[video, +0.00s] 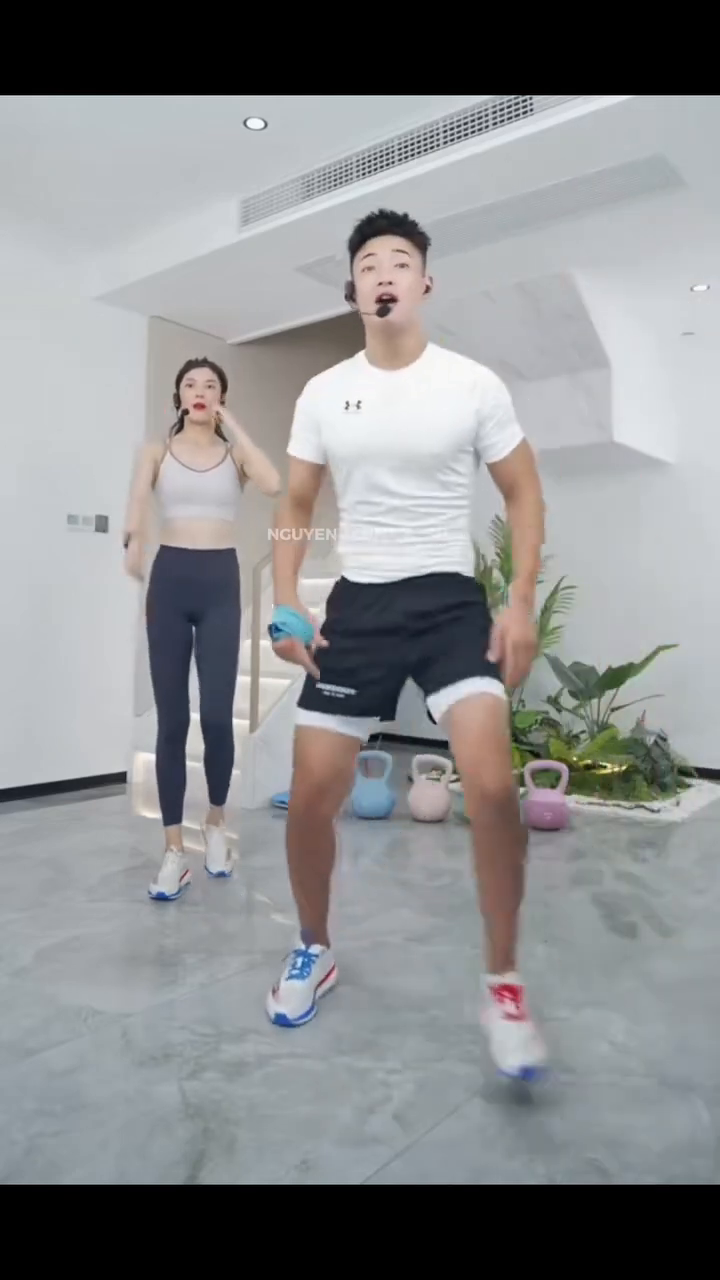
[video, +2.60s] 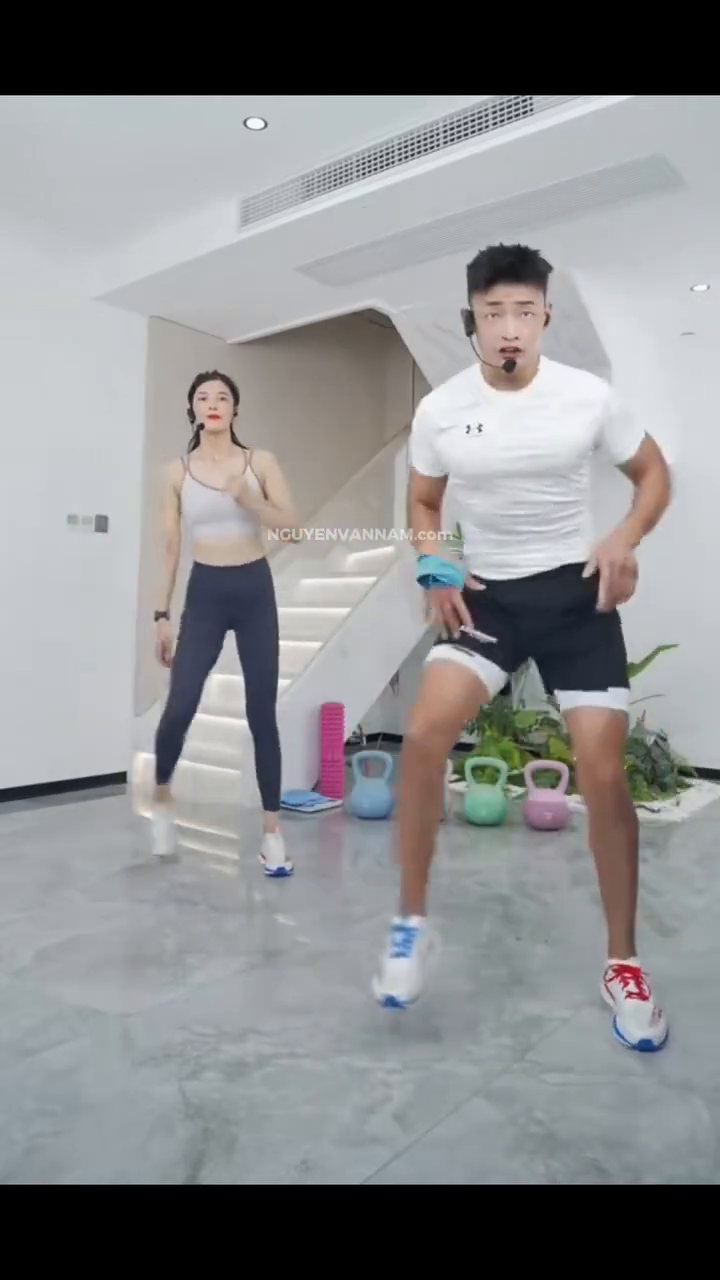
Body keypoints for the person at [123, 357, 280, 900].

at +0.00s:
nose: (200, 393)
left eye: (209, 387)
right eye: (192, 385)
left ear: (222, 400)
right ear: (178, 396)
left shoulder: (234, 451)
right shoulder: (157, 451)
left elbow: (271, 482)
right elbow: (138, 505)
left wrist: (233, 427)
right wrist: (133, 547)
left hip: (221, 580)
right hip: (167, 579)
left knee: (216, 716)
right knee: (172, 719)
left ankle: (216, 825)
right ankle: (173, 846)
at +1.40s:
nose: (190, 399)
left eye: (199, 393)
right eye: (183, 392)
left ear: (212, 405)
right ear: (170, 401)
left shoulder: (226, 458)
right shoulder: (146, 459)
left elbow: (247, 513)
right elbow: (136, 530)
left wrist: (221, 445)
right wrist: (124, 596)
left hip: (209, 587)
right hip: (156, 587)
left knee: (207, 714)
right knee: (116, 707)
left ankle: (212, 832)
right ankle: (110, 828)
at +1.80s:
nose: (148, 400)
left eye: (157, 394)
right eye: (140, 392)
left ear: (170, 406)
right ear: (126, 401)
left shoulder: (184, 464)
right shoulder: (98, 457)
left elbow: (199, 543)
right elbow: (77, 529)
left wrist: (186, 490)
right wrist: (59, 597)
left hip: (153, 589)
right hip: (100, 585)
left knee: (136, 707)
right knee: (88, 715)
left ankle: (139, 799)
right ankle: (78, 837)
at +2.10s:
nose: (146, 400)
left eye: (155, 394)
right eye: (137, 392)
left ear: (166, 406)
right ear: (121, 402)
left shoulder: (184, 464)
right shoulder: (96, 460)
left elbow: (208, 541)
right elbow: (81, 533)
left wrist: (194, 491)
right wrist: (71, 603)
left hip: (159, 595)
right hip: (104, 593)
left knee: (185, 708)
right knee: (87, 718)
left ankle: (168, 812)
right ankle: (78, 838)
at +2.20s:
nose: (156, 396)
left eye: (165, 390)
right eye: (146, 389)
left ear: (175, 403)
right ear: (131, 400)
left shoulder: (195, 462)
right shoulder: (108, 458)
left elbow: (212, 538)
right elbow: (93, 533)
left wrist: (201, 487)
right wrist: (86, 601)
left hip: (171, 594)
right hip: (115, 592)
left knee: (213, 708)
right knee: (96, 718)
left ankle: (227, 815)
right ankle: (79, 839)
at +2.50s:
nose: (201, 406)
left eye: (210, 399)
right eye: (192, 400)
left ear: (223, 410)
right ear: (180, 411)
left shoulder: (247, 463)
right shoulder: (165, 473)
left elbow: (282, 524)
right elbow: (154, 550)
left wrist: (239, 497)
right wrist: (142, 617)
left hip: (245, 598)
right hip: (191, 600)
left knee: (257, 716)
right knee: (147, 712)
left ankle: (272, 830)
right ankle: (103, 825)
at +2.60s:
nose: (213, 404)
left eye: (222, 398)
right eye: (204, 398)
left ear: (236, 409)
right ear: (192, 410)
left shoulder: (260, 461)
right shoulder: (179, 471)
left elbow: (292, 524)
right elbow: (173, 549)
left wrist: (250, 499)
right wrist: (163, 616)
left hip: (256, 593)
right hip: (204, 594)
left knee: (262, 713)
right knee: (181, 707)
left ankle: (272, 828)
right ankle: (161, 798)